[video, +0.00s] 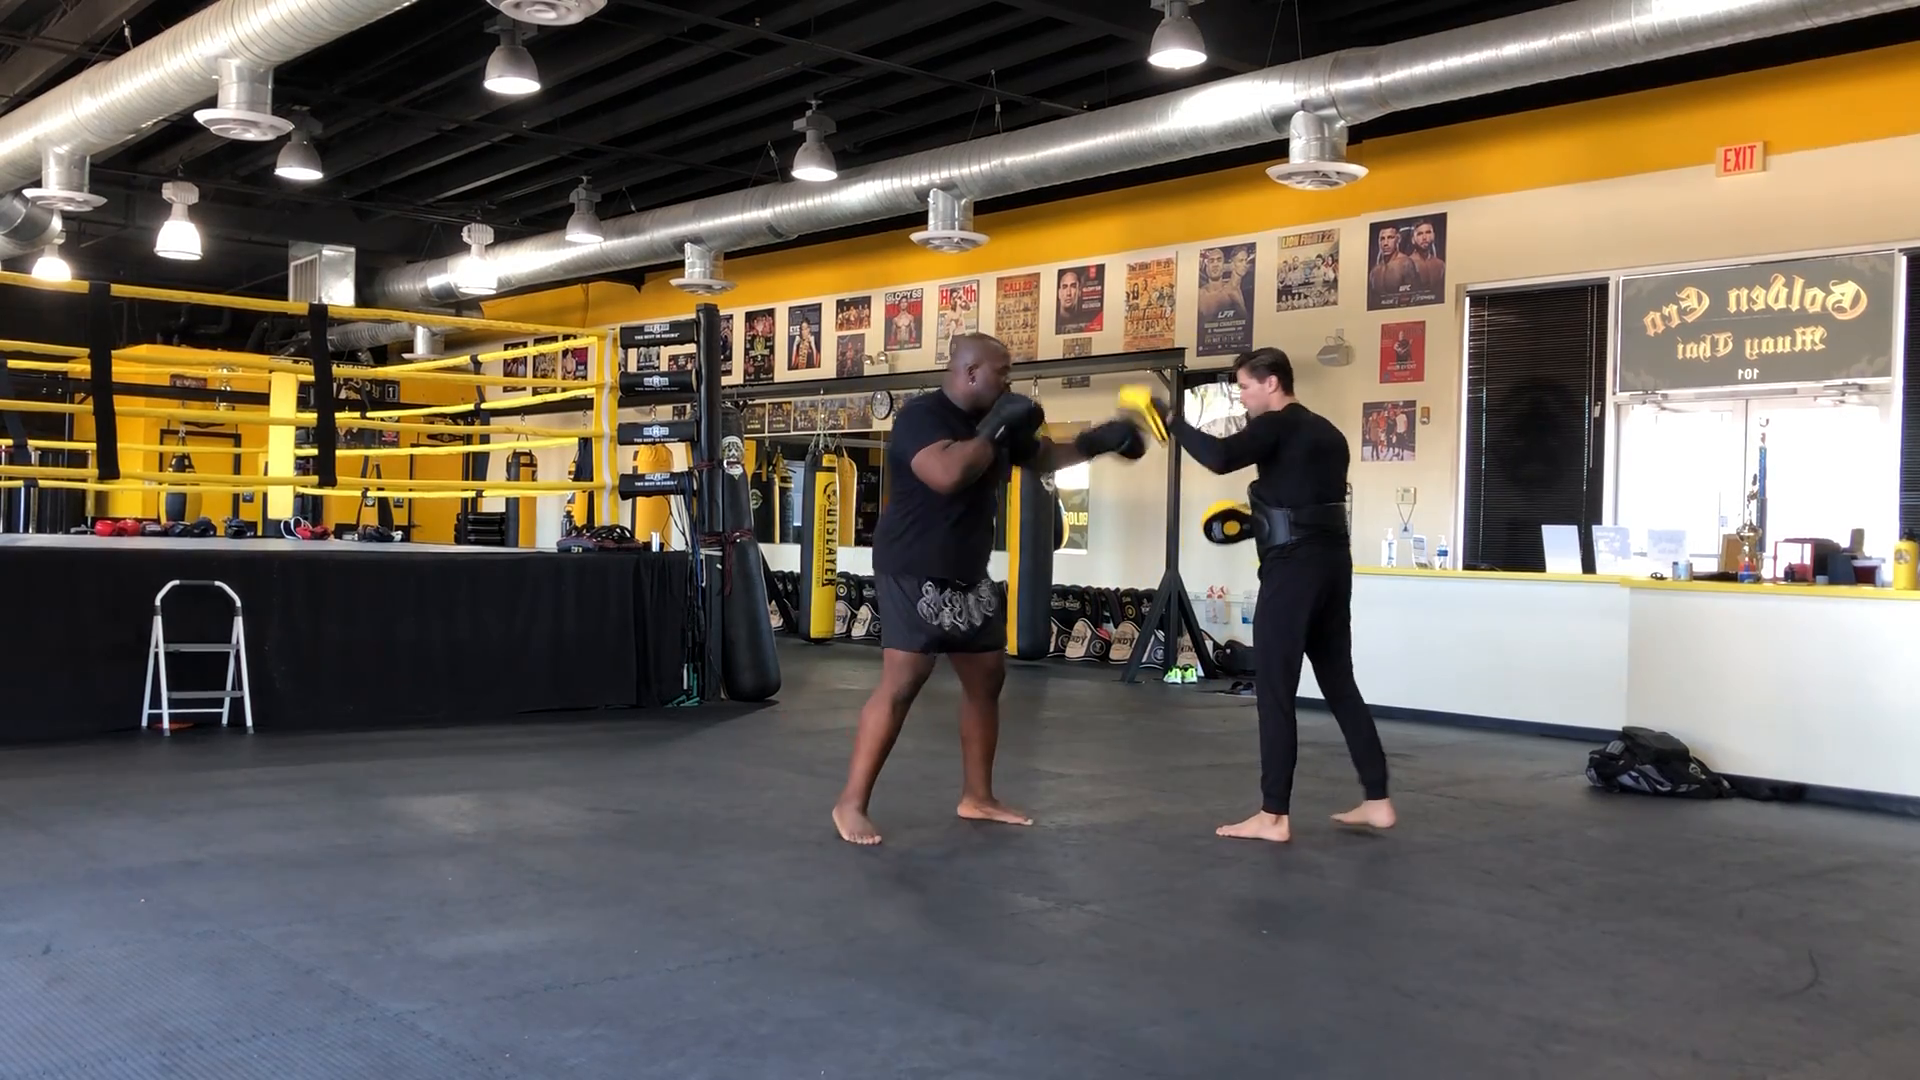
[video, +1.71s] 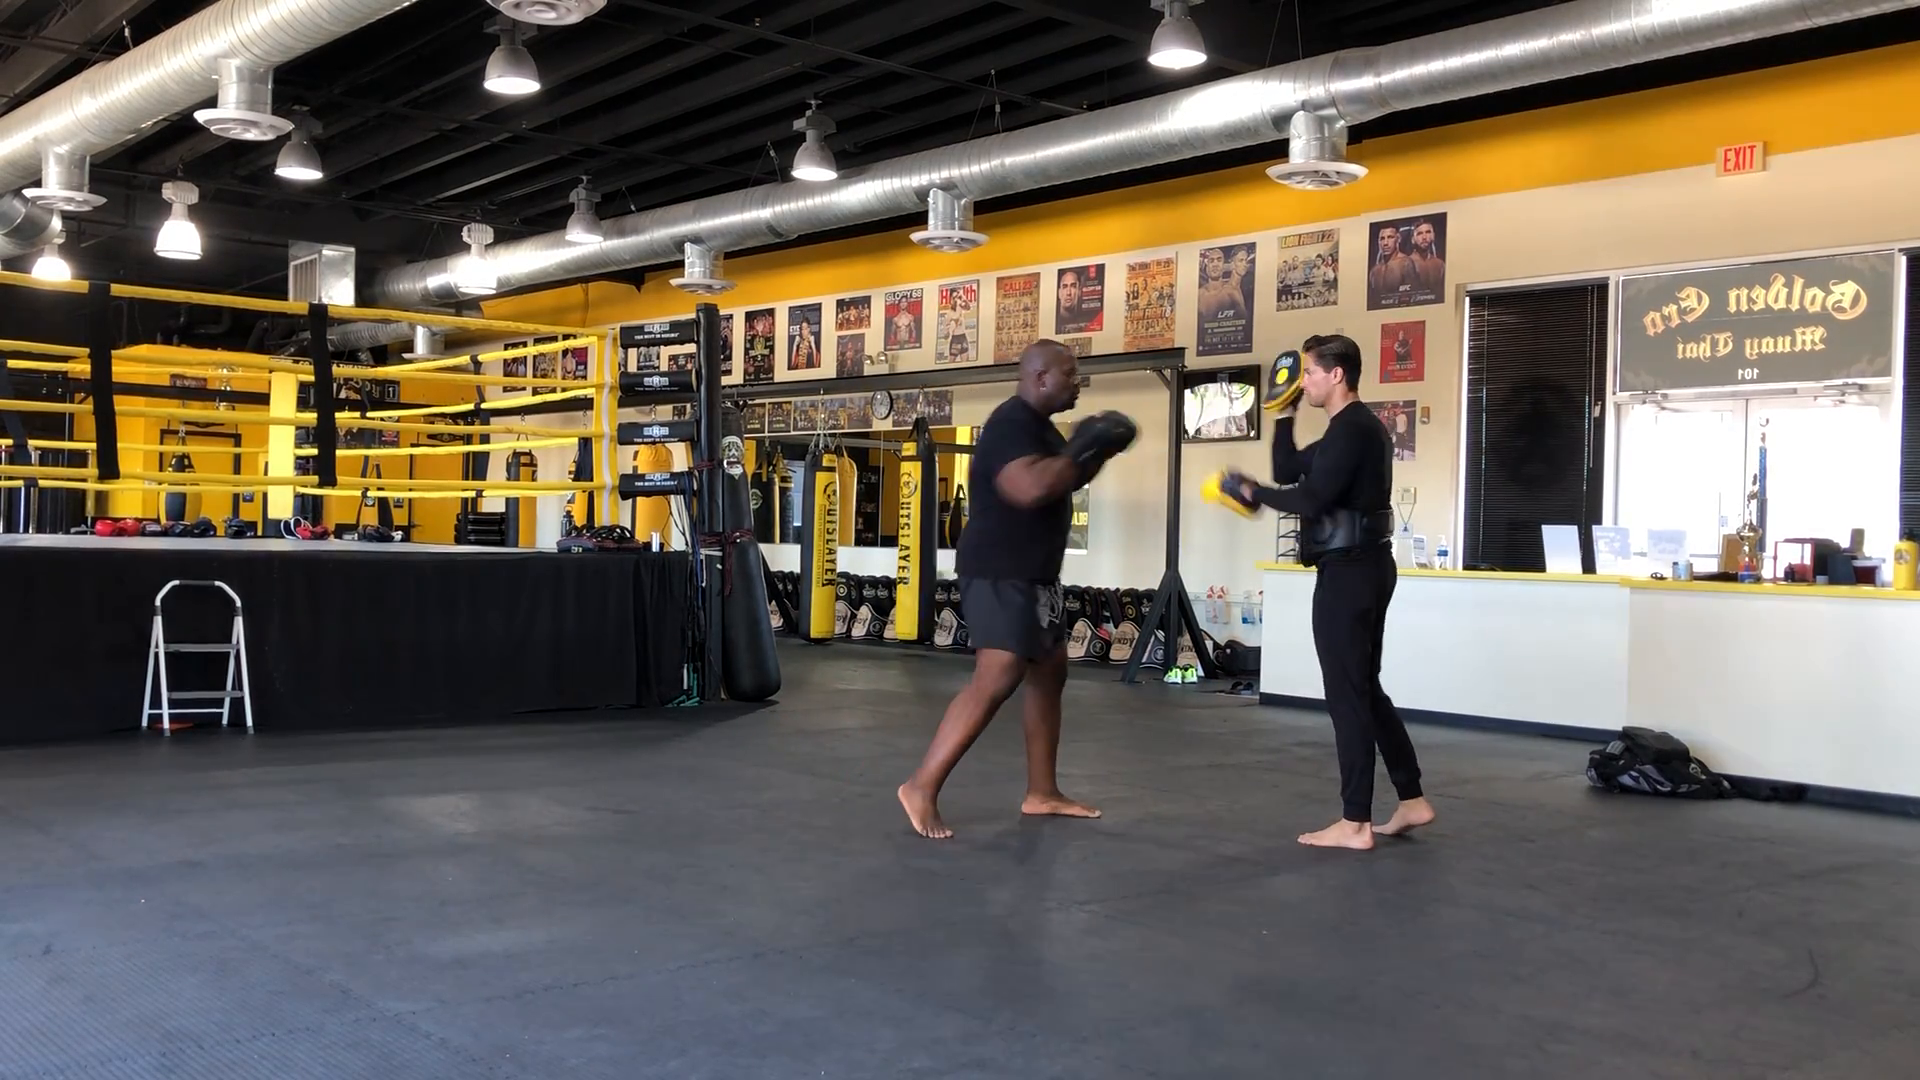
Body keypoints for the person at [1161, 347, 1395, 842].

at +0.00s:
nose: (1240, 399)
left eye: (1244, 388)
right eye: (1239, 389)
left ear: (1273, 383)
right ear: (1281, 385)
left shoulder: (1275, 426)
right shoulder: (1328, 432)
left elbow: (1220, 456)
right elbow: (1318, 503)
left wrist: (1172, 420)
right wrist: (1259, 517)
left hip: (1292, 569)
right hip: (1334, 568)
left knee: (1274, 693)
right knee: (1339, 684)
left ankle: (1274, 816)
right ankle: (1378, 801)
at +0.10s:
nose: (1254, 395)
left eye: (1258, 385)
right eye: (1253, 386)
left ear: (1286, 382)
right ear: (1293, 385)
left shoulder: (1290, 428)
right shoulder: (1339, 433)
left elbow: (1258, 477)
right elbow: (1325, 501)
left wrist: (1201, 470)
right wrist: (1262, 508)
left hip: (1298, 568)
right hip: (1338, 565)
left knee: (1278, 690)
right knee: (1342, 681)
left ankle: (1274, 815)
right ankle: (1400, 793)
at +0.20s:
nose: (1265, 395)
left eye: (1270, 385)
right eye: (1263, 386)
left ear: (1297, 383)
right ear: (1303, 385)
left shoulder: (1304, 436)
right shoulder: (1349, 436)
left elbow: (1292, 508)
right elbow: (1327, 511)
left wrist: (1242, 513)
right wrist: (1262, 515)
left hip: (1308, 572)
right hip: (1347, 571)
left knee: (1282, 695)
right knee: (1353, 687)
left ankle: (1275, 816)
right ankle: (1410, 796)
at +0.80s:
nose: (1333, 394)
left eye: (1339, 385)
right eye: (1333, 385)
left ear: (1367, 385)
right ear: (1369, 387)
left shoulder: (1379, 433)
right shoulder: (1399, 437)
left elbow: (1356, 492)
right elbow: (1356, 509)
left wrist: (1307, 464)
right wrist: (1307, 490)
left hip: (1368, 579)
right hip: (1399, 578)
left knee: (1341, 698)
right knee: (1408, 698)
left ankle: (1355, 823)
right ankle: (1423, 816)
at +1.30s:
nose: (1317, 389)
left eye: (1324, 379)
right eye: (1318, 379)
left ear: (1350, 379)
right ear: (1359, 381)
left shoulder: (1348, 426)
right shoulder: (1402, 435)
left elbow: (1286, 455)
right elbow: (1349, 481)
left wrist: (1286, 395)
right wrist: (1299, 465)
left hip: (1344, 572)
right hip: (1389, 572)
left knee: (1342, 698)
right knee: (1394, 693)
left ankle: (1355, 822)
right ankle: (1421, 812)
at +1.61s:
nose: (1305, 383)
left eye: (1309, 373)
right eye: (1305, 373)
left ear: (1335, 374)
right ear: (1346, 375)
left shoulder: (1338, 427)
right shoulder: (1384, 430)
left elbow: (1277, 480)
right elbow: (1325, 477)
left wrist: (1228, 447)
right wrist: (1290, 425)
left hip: (1341, 569)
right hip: (1378, 566)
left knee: (1344, 696)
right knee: (1376, 690)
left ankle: (1355, 822)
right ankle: (1415, 804)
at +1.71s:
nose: (1302, 381)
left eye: (1309, 373)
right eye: (1303, 372)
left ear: (1336, 375)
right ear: (1339, 376)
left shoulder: (1350, 427)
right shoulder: (1357, 425)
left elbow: (1314, 499)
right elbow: (1288, 469)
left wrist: (1257, 495)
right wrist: (1282, 410)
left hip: (1347, 573)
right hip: (1368, 569)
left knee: (1345, 696)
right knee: (1364, 688)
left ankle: (1355, 823)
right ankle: (1413, 800)